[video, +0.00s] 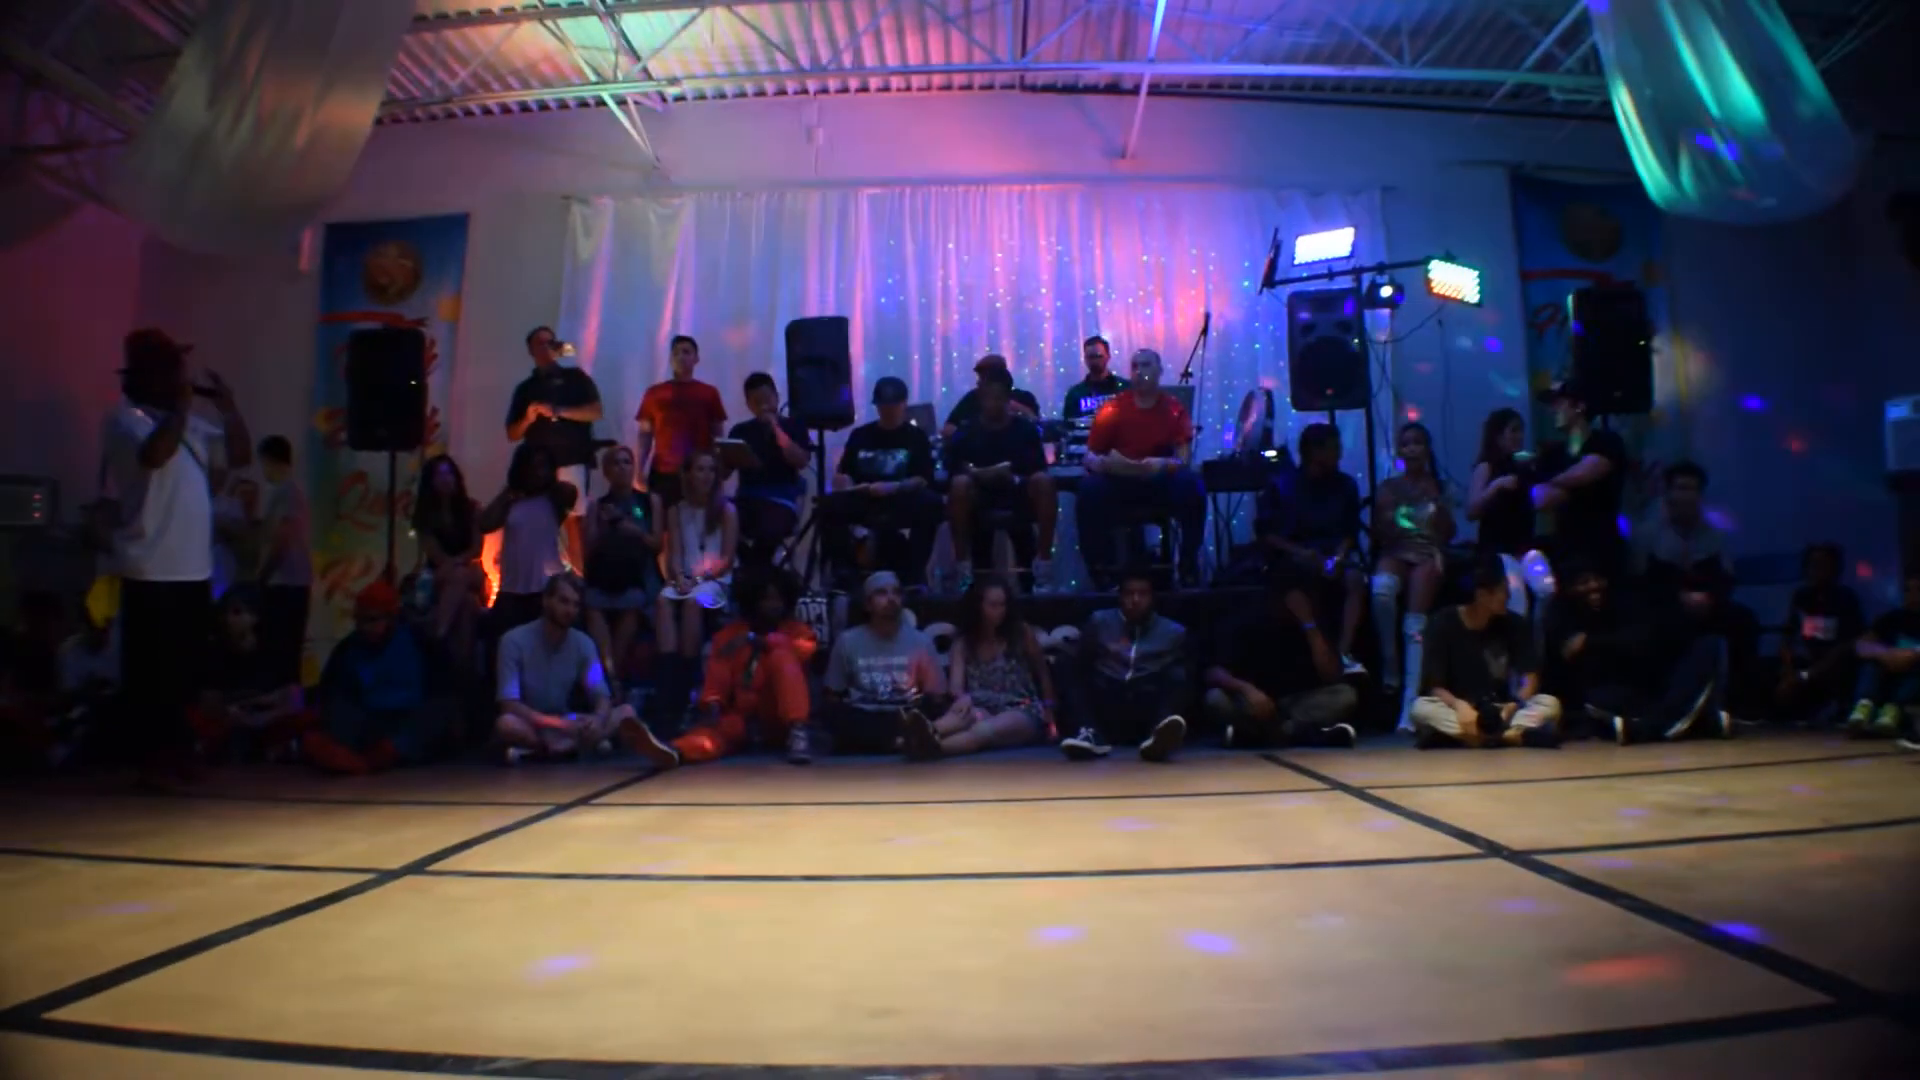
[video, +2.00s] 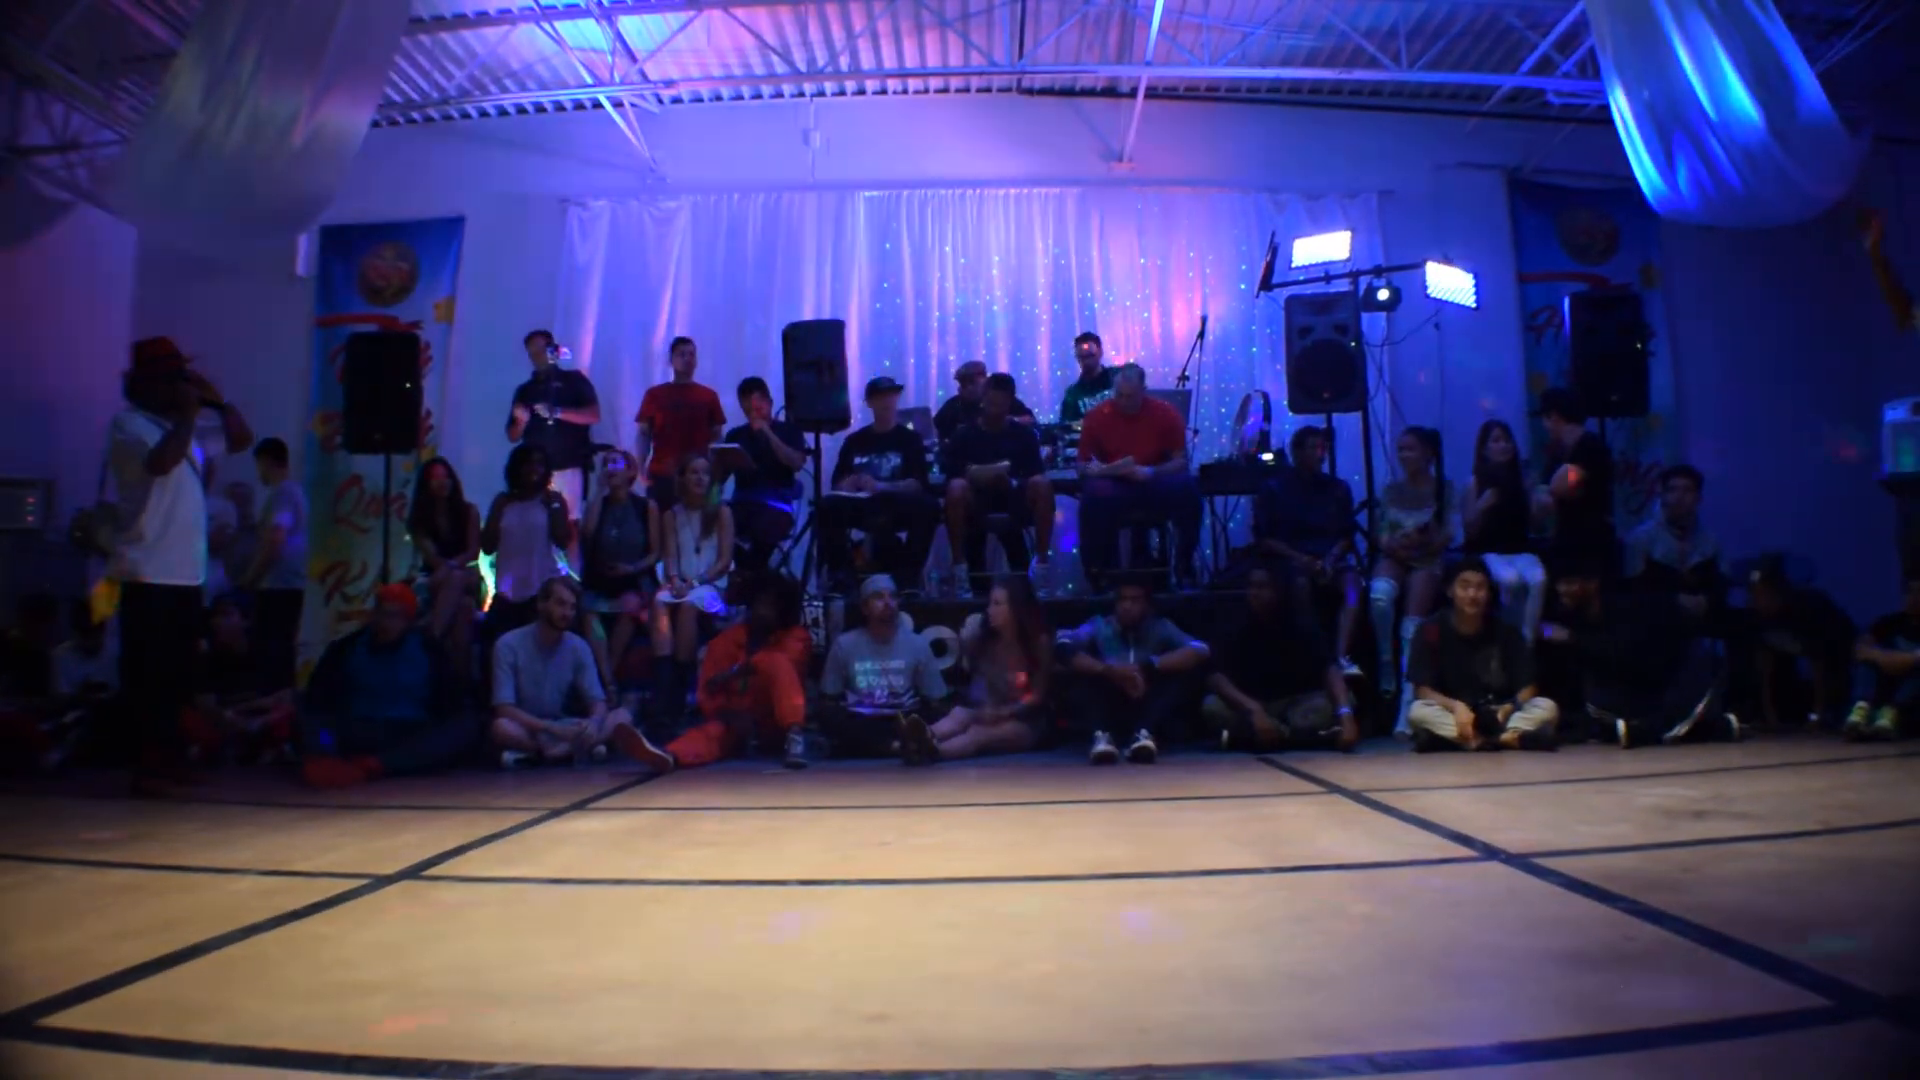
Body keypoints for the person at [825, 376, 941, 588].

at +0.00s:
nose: (889, 412)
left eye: (894, 406)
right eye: (884, 406)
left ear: (904, 405)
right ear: (876, 406)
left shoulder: (916, 436)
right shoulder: (860, 436)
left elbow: (924, 478)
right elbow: (840, 478)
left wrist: (892, 487)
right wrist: (861, 489)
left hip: (903, 499)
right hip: (865, 499)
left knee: (930, 505)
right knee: (830, 505)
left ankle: (914, 575)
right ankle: (843, 575)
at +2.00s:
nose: (887, 403)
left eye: (891, 397)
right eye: (881, 398)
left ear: (897, 400)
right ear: (870, 403)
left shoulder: (910, 439)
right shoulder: (854, 441)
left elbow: (918, 483)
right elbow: (837, 485)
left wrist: (878, 486)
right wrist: (852, 484)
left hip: (897, 502)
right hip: (861, 503)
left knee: (928, 508)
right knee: (827, 507)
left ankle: (908, 579)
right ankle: (841, 578)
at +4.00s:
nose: (909, 408)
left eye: (910, 403)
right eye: (904, 403)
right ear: (886, 405)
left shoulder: (915, 440)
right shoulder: (857, 438)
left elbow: (919, 484)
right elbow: (836, 482)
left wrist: (875, 485)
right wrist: (851, 483)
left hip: (898, 503)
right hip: (860, 503)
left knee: (927, 508)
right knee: (825, 507)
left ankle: (910, 579)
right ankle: (839, 576)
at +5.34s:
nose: (893, 405)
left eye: (896, 399)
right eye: (887, 399)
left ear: (900, 402)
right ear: (874, 404)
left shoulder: (912, 438)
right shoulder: (856, 439)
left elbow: (922, 481)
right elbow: (842, 479)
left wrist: (893, 490)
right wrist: (845, 486)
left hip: (899, 503)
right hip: (862, 503)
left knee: (927, 507)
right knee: (829, 507)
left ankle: (909, 576)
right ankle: (838, 574)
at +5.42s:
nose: (893, 404)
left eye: (895, 399)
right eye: (886, 399)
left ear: (899, 401)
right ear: (873, 403)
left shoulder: (912, 437)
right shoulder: (861, 438)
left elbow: (921, 481)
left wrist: (890, 490)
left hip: (907, 502)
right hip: (872, 506)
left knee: (928, 510)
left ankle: (912, 575)